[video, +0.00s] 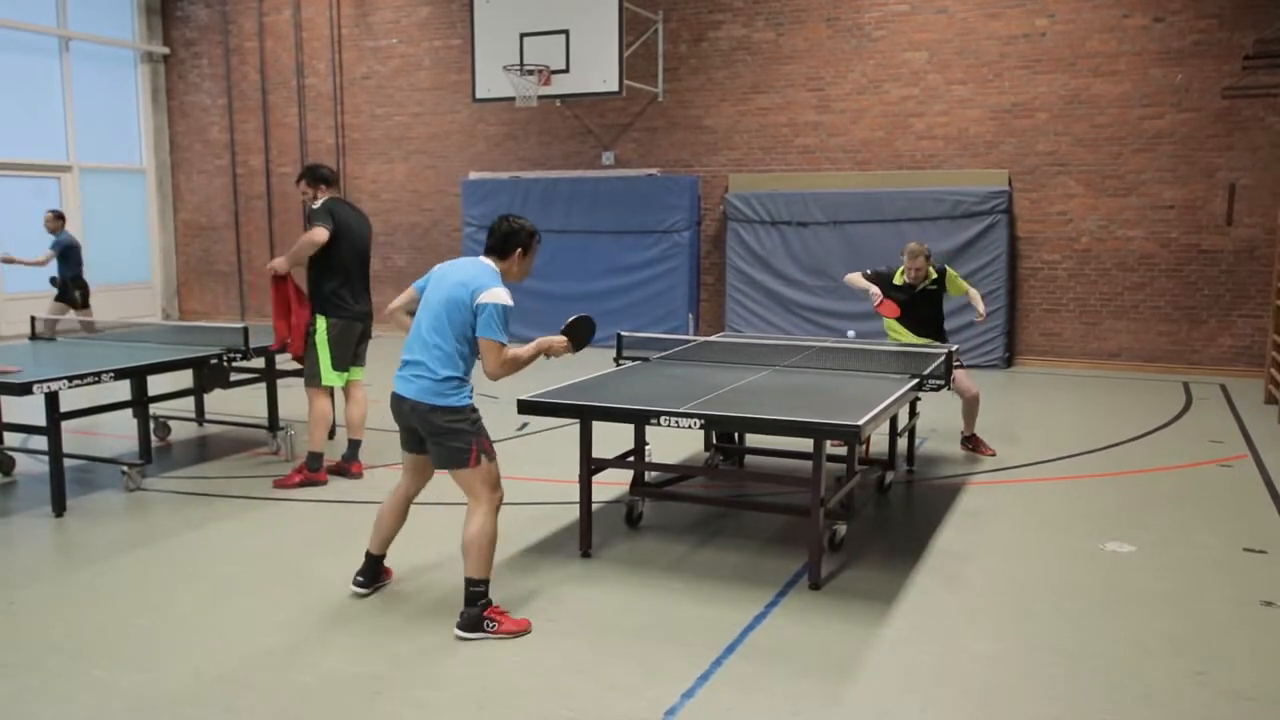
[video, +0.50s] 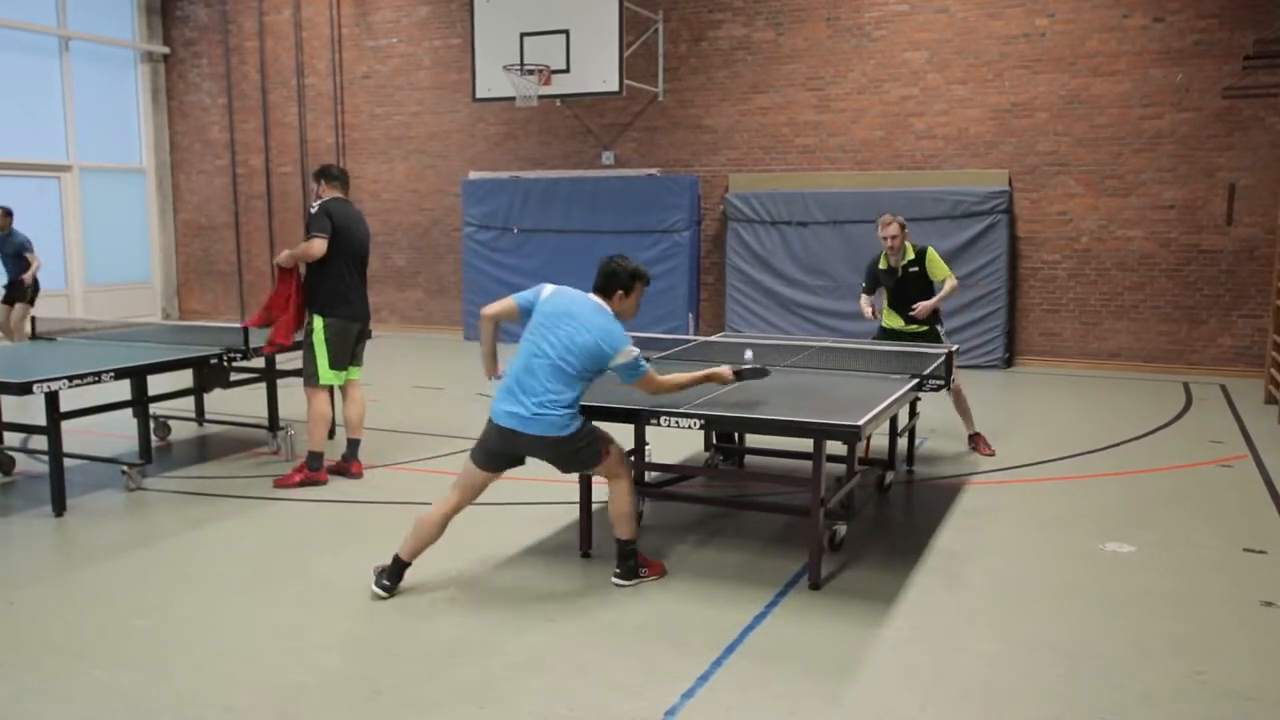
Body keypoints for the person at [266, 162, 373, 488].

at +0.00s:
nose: (305, 200)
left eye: (306, 194)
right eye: (303, 194)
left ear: (320, 188)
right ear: (333, 188)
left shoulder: (324, 208)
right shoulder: (358, 216)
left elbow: (318, 237)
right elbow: (347, 268)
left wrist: (288, 260)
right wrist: (298, 273)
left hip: (332, 314)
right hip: (360, 313)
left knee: (318, 389)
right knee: (354, 385)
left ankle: (314, 466)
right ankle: (352, 460)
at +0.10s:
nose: (304, 197)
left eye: (304, 191)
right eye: (302, 192)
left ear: (318, 189)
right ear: (333, 187)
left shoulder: (330, 216)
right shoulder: (357, 218)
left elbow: (327, 256)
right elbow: (346, 263)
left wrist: (291, 260)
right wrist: (305, 267)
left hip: (331, 318)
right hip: (359, 316)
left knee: (319, 390)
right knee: (354, 385)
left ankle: (314, 465)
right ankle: (352, 460)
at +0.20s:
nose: (304, 196)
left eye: (304, 190)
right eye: (303, 191)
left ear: (315, 189)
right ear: (332, 187)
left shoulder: (330, 219)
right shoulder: (355, 218)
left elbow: (331, 262)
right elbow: (345, 267)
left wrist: (296, 263)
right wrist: (308, 274)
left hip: (330, 319)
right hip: (357, 316)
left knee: (318, 391)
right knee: (354, 385)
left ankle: (313, 466)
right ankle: (351, 460)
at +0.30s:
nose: (307, 195)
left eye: (308, 190)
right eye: (308, 190)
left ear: (316, 189)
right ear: (337, 187)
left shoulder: (328, 217)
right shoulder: (357, 218)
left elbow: (326, 258)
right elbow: (358, 268)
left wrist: (297, 262)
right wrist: (309, 267)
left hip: (330, 317)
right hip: (358, 315)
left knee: (317, 389)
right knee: (353, 385)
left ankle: (313, 466)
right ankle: (351, 460)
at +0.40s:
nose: (313, 195)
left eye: (313, 190)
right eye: (314, 190)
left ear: (321, 188)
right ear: (341, 187)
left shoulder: (324, 211)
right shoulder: (357, 216)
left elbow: (320, 251)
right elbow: (358, 265)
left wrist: (293, 259)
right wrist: (310, 270)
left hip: (329, 315)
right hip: (358, 314)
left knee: (317, 389)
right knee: (353, 385)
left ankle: (314, 466)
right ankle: (351, 460)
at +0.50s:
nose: (314, 194)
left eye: (314, 188)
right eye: (314, 189)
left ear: (322, 186)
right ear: (344, 188)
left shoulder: (324, 210)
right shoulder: (357, 216)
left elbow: (317, 248)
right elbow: (356, 265)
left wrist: (291, 255)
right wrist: (309, 267)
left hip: (328, 313)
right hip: (357, 313)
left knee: (317, 388)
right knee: (352, 385)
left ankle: (314, 465)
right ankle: (351, 460)